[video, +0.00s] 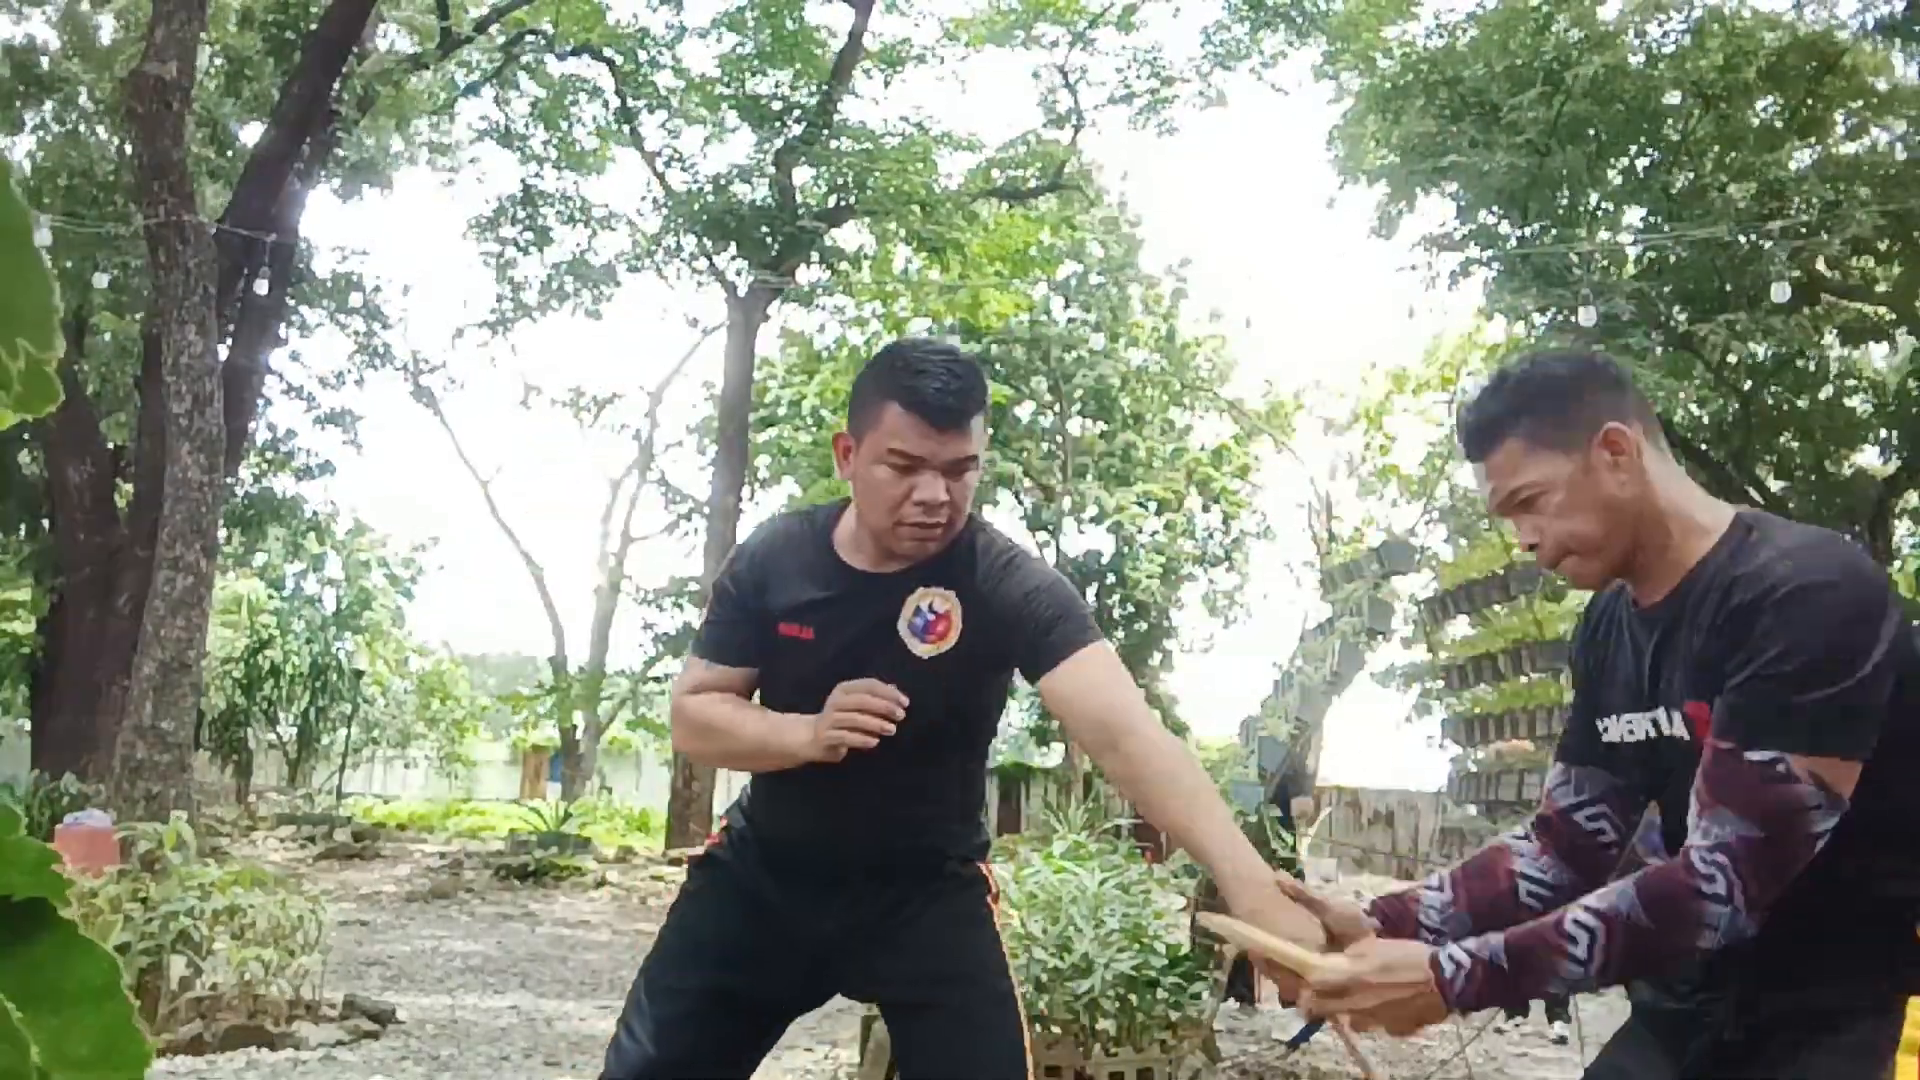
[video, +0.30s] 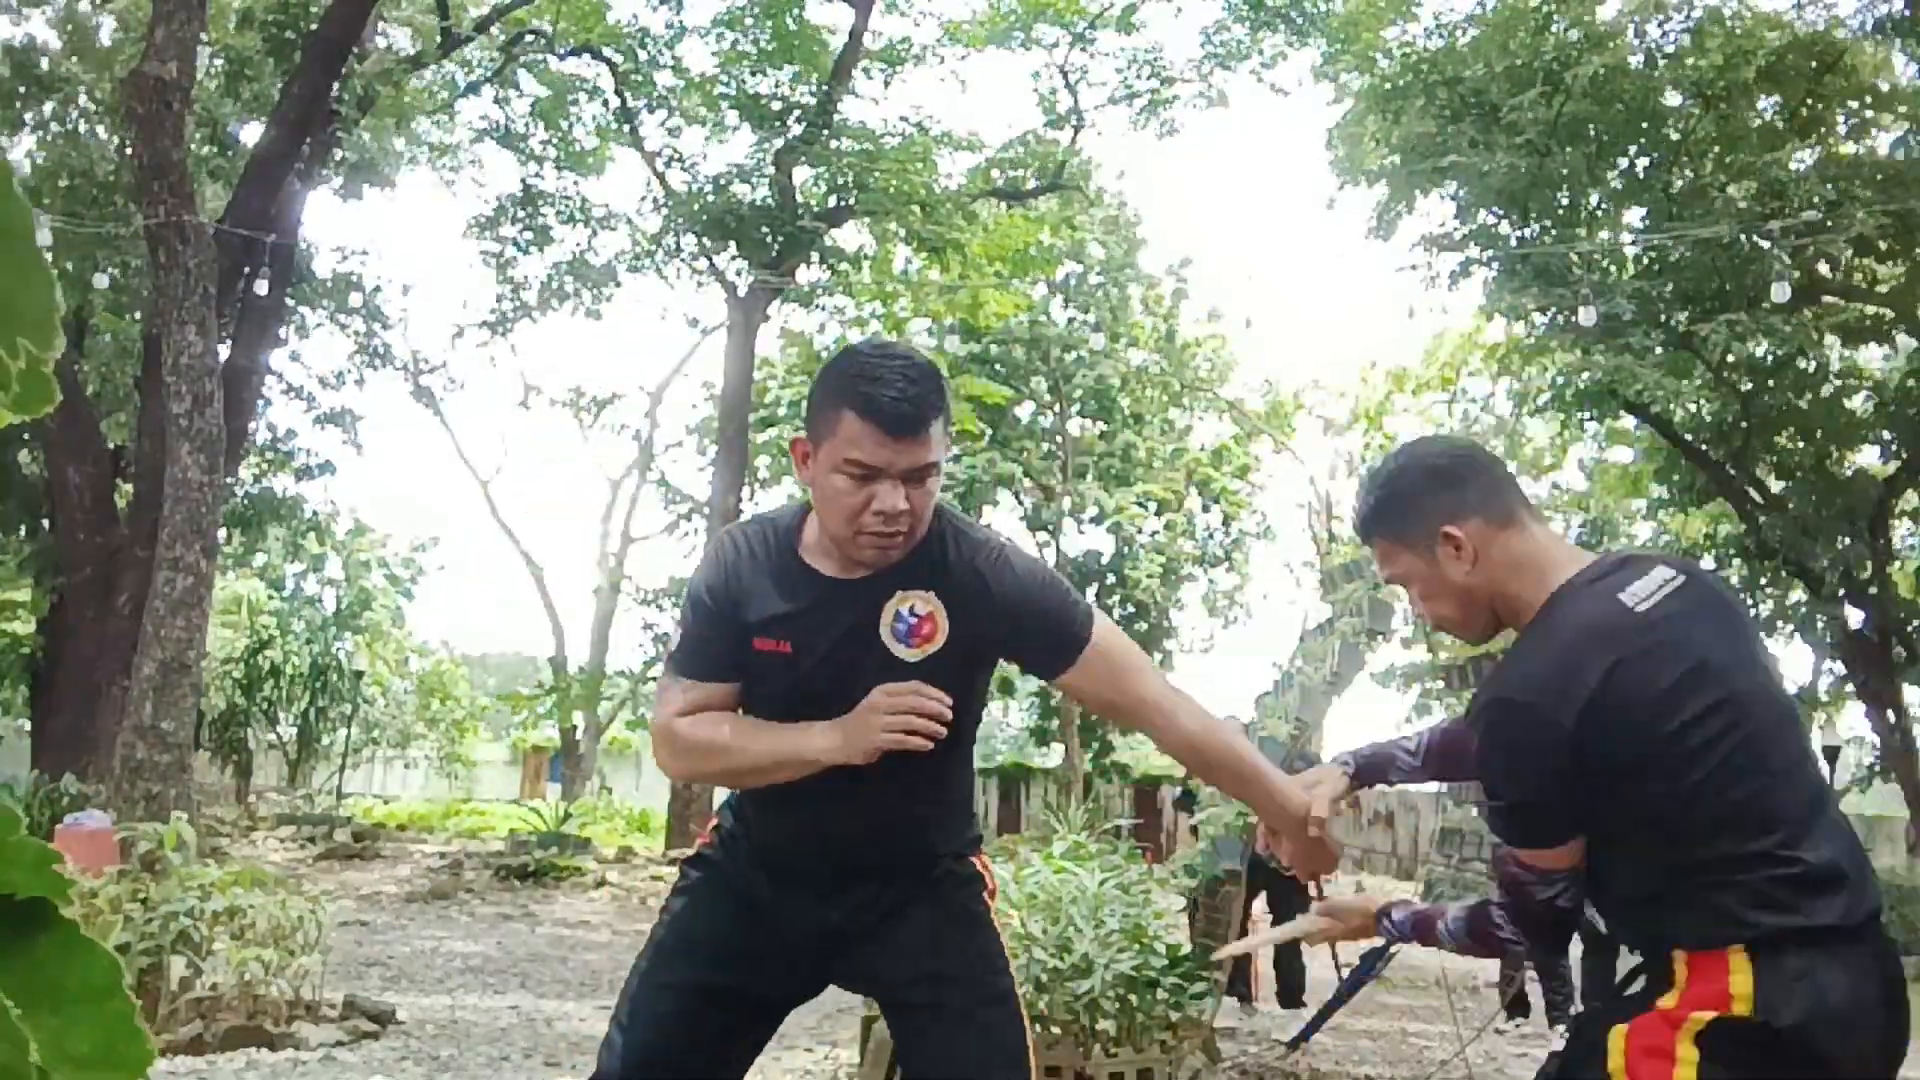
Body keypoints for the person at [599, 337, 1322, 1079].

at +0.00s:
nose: (936, 495)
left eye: (960, 468)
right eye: (907, 465)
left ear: (983, 458)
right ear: (848, 453)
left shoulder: (1008, 586)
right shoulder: (774, 560)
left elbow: (1128, 733)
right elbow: (691, 721)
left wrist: (1253, 887)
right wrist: (804, 735)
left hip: (927, 896)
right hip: (766, 879)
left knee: (982, 1067)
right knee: (647, 1062)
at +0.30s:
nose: (894, 506)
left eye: (918, 477)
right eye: (865, 475)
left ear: (942, 464)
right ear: (805, 459)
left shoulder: (980, 575)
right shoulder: (739, 569)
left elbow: (1142, 698)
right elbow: (677, 740)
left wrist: (1277, 797)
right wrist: (831, 738)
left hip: (922, 890)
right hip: (757, 878)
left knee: (985, 1071)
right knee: (639, 1066)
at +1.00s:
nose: (904, 530)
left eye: (932, 501)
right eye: (878, 499)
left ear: (960, 482)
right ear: (821, 473)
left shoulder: (996, 579)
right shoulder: (758, 582)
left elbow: (1161, 679)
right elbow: (699, 757)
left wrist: (1290, 778)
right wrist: (860, 748)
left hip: (937, 900)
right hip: (766, 892)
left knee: (1004, 1065)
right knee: (646, 1064)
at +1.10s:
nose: (885, 515)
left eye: (913, 488)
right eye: (860, 484)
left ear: (949, 474)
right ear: (812, 463)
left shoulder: (989, 578)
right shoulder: (756, 570)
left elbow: (1147, 702)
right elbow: (698, 750)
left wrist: (1280, 821)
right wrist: (863, 726)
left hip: (933, 898)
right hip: (767, 885)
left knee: (1001, 1068)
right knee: (640, 1067)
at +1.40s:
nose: (813, 506)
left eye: (846, 478)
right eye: (788, 475)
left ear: (887, 458)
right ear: (752, 451)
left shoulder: (941, 572)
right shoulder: (720, 573)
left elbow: (1096, 695)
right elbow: (673, 745)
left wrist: (1244, 820)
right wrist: (814, 717)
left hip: (923, 893)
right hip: (758, 881)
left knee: (993, 1070)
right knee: (627, 1066)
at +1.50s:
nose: (810, 500)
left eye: (841, 472)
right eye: (783, 470)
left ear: (885, 455)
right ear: (747, 450)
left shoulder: (941, 575)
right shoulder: (717, 568)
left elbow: (1092, 716)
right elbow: (671, 745)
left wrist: (1216, 878)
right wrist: (812, 713)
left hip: (921, 895)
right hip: (754, 884)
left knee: (991, 1072)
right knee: (621, 1069)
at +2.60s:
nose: (1300, 1026)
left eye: (1318, 1016)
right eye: (1318, 1011)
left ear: (1292, 922)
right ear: (1308, 950)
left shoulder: (1217, 893)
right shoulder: (1256, 970)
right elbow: (1252, 1073)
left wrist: (1100, 1004)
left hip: (994, 920)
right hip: (936, 870)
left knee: (1071, 1062)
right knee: (735, 1057)